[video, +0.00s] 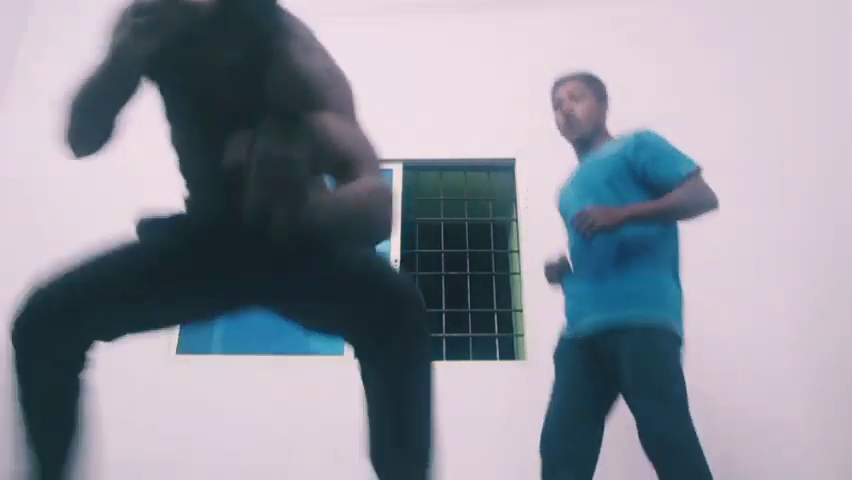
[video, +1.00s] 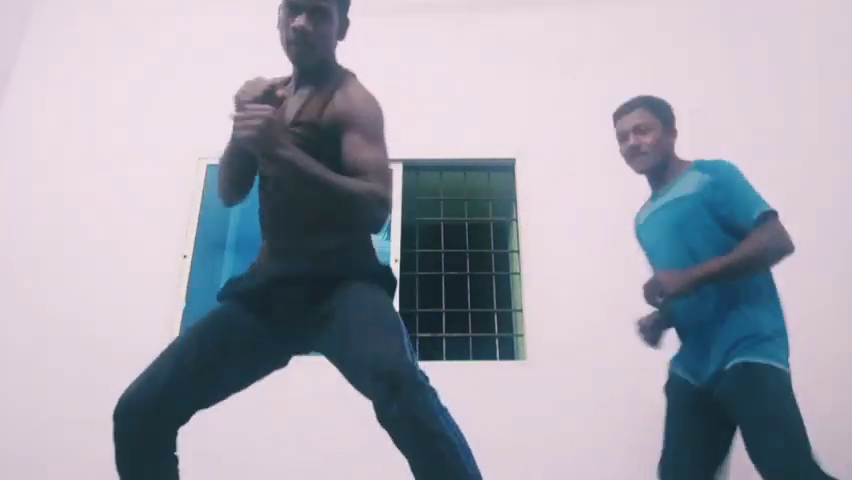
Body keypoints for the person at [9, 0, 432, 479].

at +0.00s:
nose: (188, 14)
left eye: (198, 12)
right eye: (176, 12)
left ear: (234, 11)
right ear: (169, 11)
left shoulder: (293, 51)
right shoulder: (154, 28)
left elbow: (376, 201)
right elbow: (81, 139)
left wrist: (302, 205)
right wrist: (128, 58)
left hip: (305, 252)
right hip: (205, 247)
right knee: (46, 324)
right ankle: (50, 472)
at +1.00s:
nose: (301, 24)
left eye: (318, 15)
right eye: (292, 13)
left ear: (342, 28)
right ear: (280, 25)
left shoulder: (354, 101)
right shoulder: (258, 95)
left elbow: (377, 205)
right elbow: (229, 192)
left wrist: (283, 150)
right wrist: (244, 137)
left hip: (347, 291)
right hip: (269, 292)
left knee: (397, 384)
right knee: (139, 413)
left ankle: (463, 479)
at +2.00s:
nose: (335, 71)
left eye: (348, 59)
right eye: (324, 57)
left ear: (368, 61)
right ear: (306, 55)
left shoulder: (395, 139)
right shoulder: (274, 126)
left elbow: (463, 212)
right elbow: (195, 183)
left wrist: (536, 179)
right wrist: (103, 137)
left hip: (370, 283)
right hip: (280, 287)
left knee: (445, 374)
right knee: (151, 426)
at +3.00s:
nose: (290, 64)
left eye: (301, 56)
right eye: (281, 52)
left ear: (314, 66)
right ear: (262, 54)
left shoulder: (329, 151)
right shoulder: (215, 124)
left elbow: (339, 231)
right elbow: (176, 204)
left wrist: (354, 245)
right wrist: (209, 180)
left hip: (292, 302)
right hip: (211, 293)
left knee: (322, 431)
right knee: (131, 418)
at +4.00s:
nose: (303, 51)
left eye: (307, 44)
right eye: (296, 38)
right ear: (258, 34)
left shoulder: (299, 123)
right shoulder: (198, 89)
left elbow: (315, 221)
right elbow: (154, 160)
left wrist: (312, 169)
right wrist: (243, 126)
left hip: (276, 278)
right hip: (198, 270)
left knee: (356, 400)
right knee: (115, 372)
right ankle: (51, 475)